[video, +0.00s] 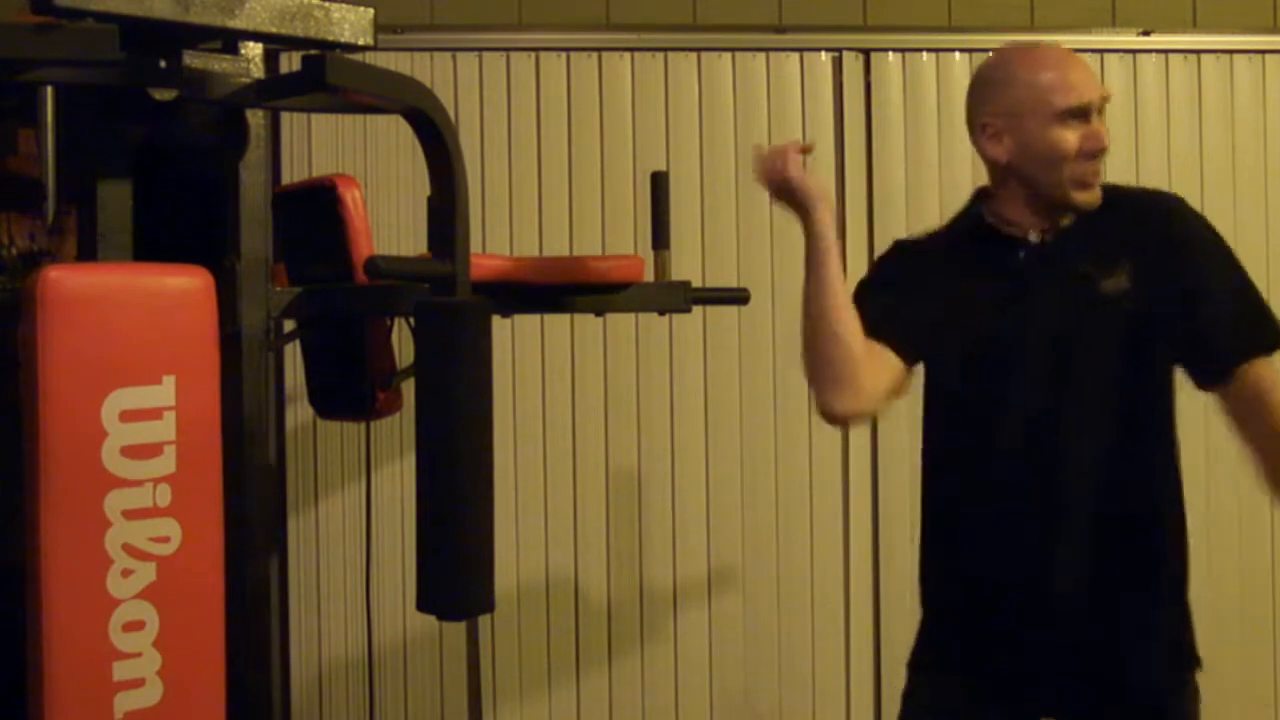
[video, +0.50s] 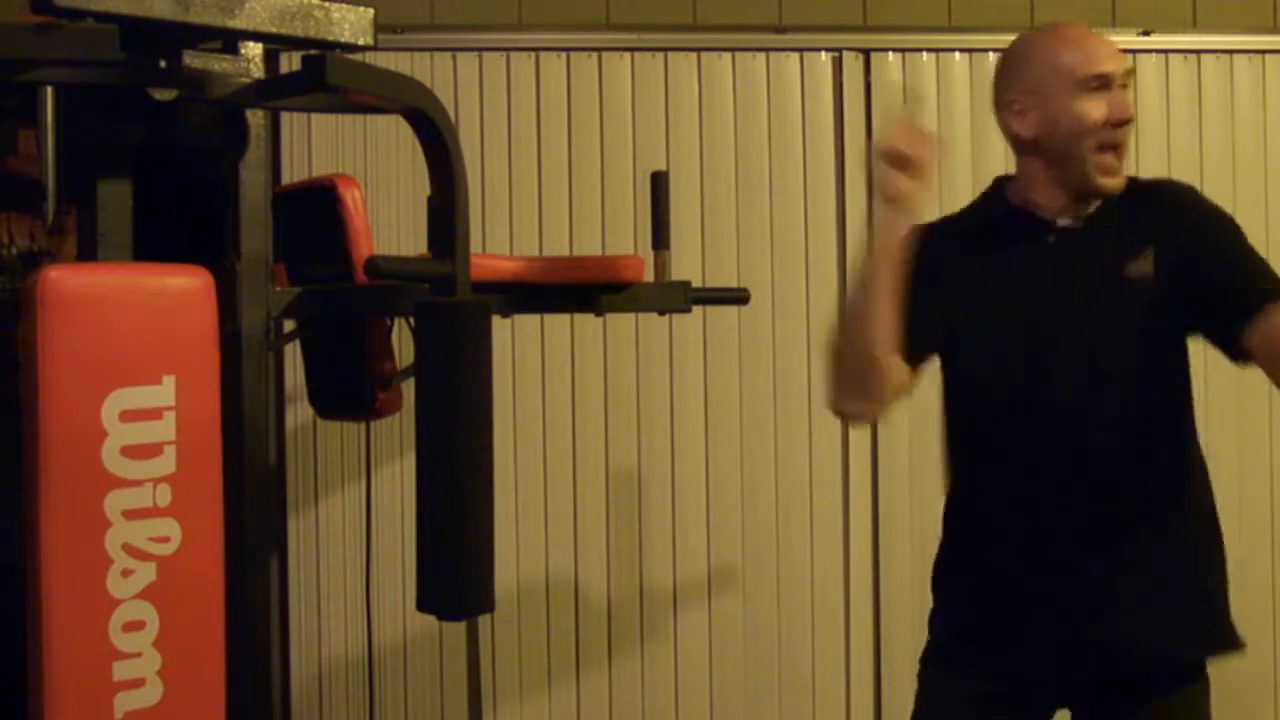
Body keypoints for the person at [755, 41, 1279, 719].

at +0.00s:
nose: (1100, 137)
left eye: (1100, 114)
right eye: (1075, 118)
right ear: (995, 138)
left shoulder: (1159, 235)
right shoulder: (933, 266)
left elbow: (1263, 406)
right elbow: (844, 395)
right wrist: (818, 219)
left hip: (1133, 648)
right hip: (975, 654)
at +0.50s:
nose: (1124, 111)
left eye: (1125, 86)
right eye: (1095, 89)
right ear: (1021, 115)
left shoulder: (1171, 223)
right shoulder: (947, 251)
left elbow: (1268, 339)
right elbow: (858, 395)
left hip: (1147, 619)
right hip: (991, 623)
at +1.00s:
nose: (1107, 114)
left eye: (1108, 91)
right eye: (1077, 94)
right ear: (1003, 119)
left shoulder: (1167, 225)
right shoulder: (939, 250)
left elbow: (1273, 344)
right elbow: (873, 401)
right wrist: (920, 223)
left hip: (1138, 619)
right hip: (981, 618)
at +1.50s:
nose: (986, 178)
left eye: (1003, 155)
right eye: (959, 159)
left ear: (1031, 170)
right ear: (921, 182)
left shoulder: (1120, 280)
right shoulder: (897, 322)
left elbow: (1262, 406)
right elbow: (782, 404)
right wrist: (811, 236)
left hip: (1120, 673)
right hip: (955, 678)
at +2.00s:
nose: (963, 127)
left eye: (987, 107)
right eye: (940, 110)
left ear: (1026, 134)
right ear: (915, 143)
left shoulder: (1092, 258)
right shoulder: (858, 276)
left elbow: (1144, 434)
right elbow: (772, 437)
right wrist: (872, 297)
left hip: (1057, 640)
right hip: (903, 641)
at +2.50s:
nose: (1049, 168)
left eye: (1075, 142)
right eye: (1029, 148)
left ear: (1128, 162)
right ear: (1011, 170)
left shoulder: (1218, 289)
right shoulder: (968, 302)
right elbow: (907, 409)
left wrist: (1259, 553)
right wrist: (938, 446)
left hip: (1170, 660)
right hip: (1010, 655)